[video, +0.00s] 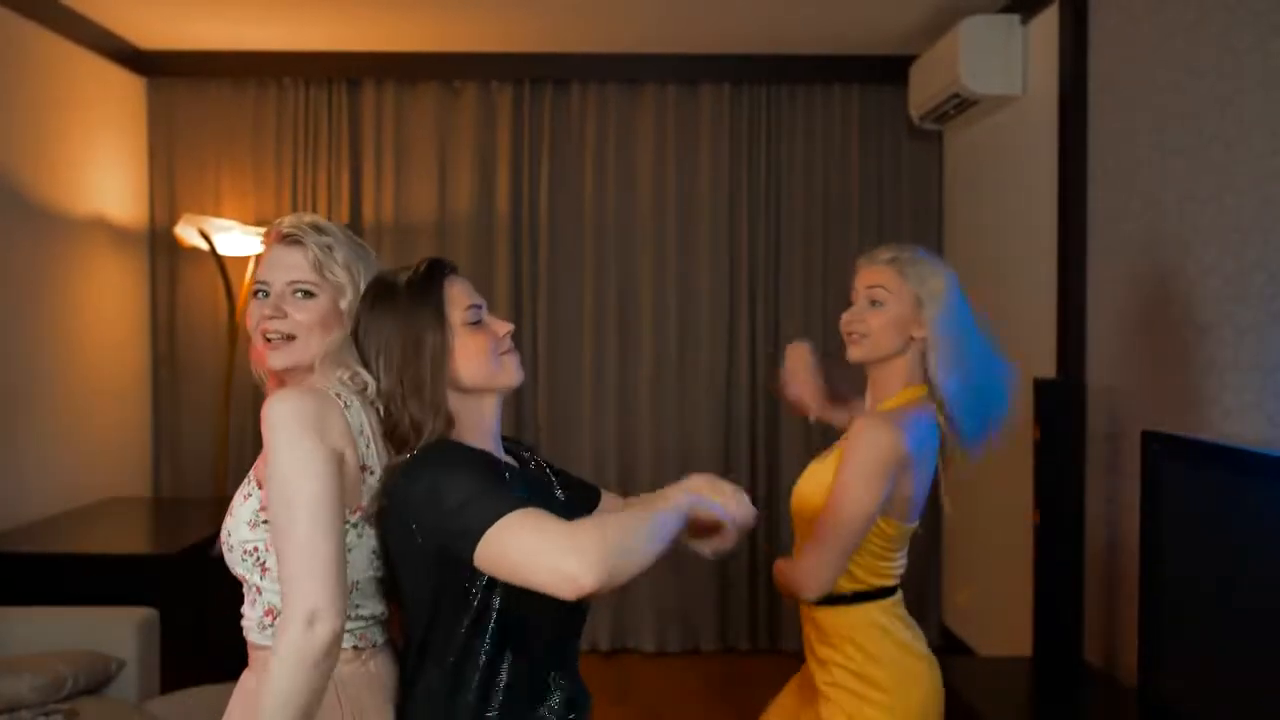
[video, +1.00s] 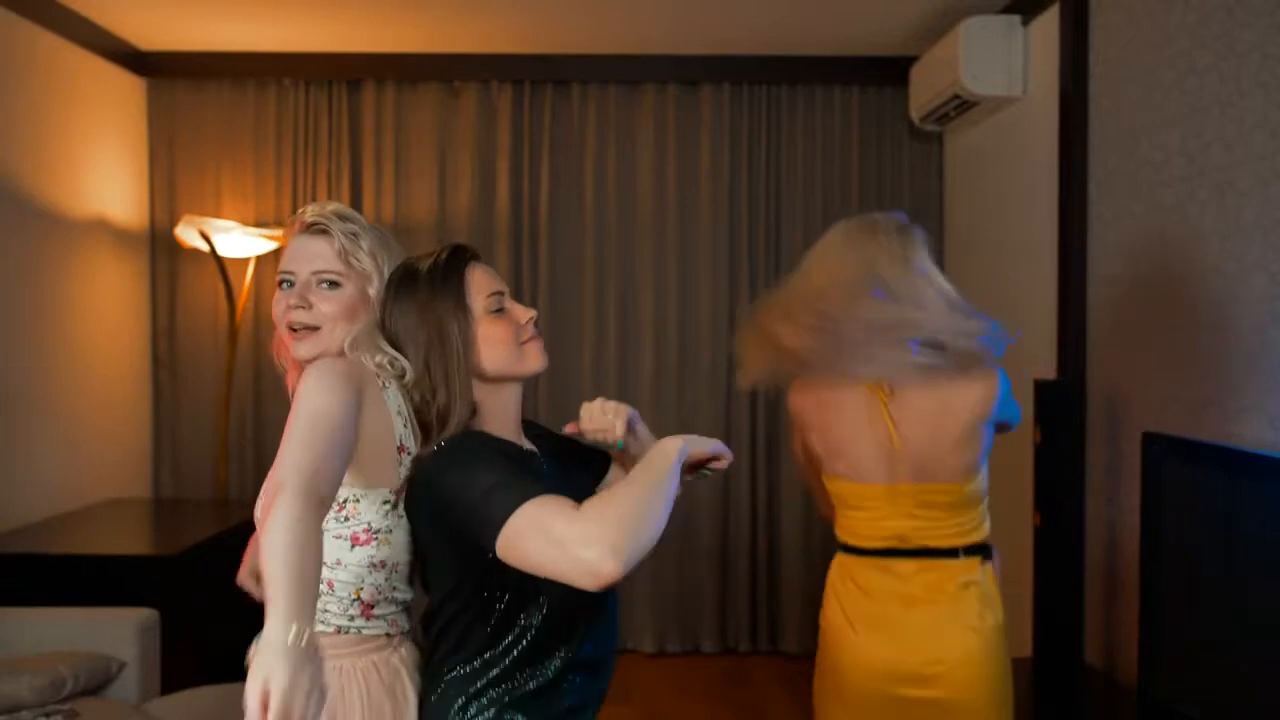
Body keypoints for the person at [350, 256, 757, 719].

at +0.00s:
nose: (505, 326)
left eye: (490, 313)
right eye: (475, 319)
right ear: (423, 354)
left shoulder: (517, 464)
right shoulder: (432, 479)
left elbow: (620, 511)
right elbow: (574, 565)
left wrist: (685, 515)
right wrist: (680, 498)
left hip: (552, 704)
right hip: (470, 708)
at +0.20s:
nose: (509, 302)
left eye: (494, 290)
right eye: (479, 293)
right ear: (427, 327)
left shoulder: (504, 440)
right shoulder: (439, 450)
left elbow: (637, 516)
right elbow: (603, 533)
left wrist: (618, 437)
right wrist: (582, 426)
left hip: (550, 699)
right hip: (488, 704)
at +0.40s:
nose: (516, 311)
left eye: (501, 296)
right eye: (487, 301)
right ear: (433, 333)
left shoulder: (498, 446)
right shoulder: (433, 457)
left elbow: (633, 515)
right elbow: (601, 529)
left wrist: (614, 456)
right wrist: (612, 436)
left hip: (552, 698)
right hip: (496, 703)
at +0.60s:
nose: (520, 321)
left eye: (506, 308)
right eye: (491, 311)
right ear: (437, 340)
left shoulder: (493, 461)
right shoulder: (454, 471)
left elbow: (609, 513)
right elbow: (604, 562)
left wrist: (692, 487)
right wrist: (700, 484)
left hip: (533, 701)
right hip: (495, 706)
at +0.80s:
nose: (528, 332)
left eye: (513, 319)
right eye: (497, 326)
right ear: (446, 361)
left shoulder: (537, 466)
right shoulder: (465, 489)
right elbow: (610, 590)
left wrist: (651, 487)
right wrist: (627, 481)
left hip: (554, 704)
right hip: (490, 707)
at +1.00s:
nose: (528, 313)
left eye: (514, 300)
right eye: (497, 307)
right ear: (446, 342)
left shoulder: (542, 446)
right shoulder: (454, 468)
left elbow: (643, 495)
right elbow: (594, 553)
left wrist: (632, 440)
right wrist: (670, 452)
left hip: (566, 703)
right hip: (486, 707)